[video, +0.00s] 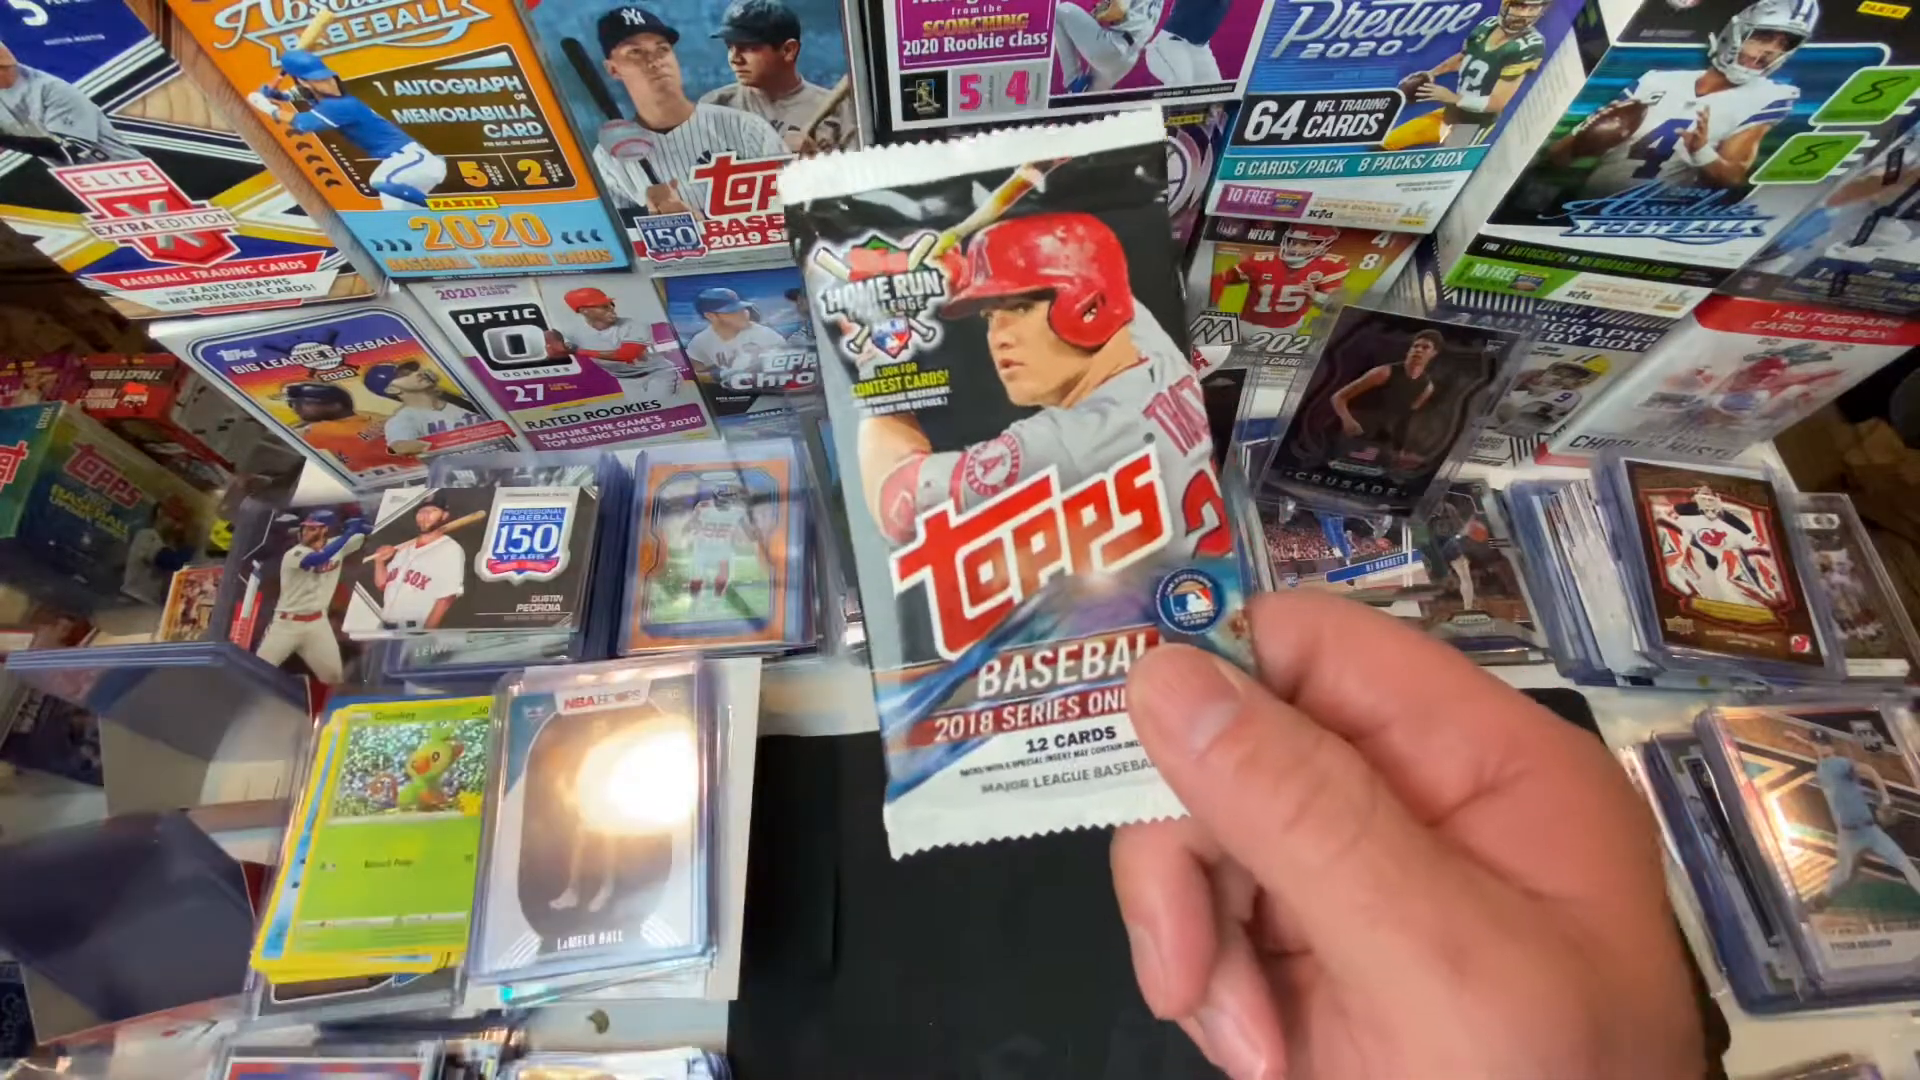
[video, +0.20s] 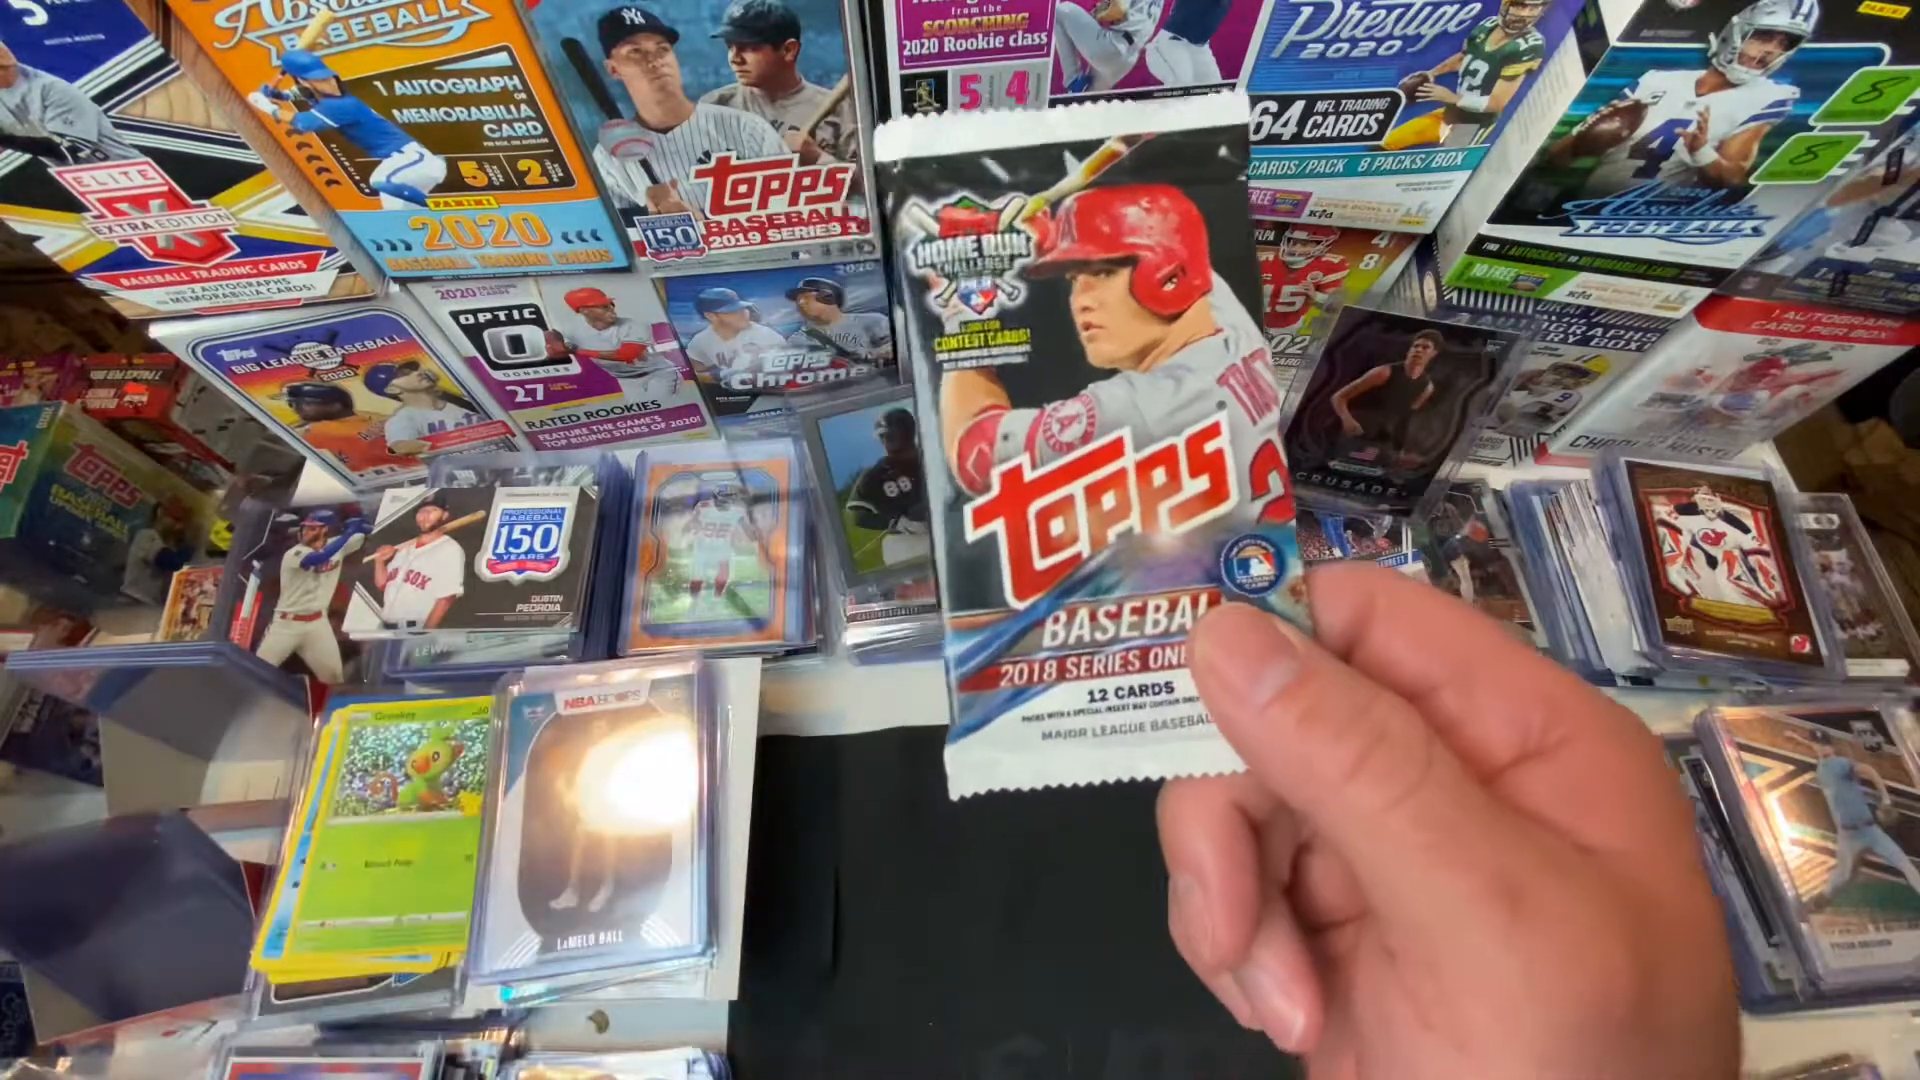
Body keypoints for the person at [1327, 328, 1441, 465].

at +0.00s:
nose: (1418, 350)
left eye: (1425, 347)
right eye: (1416, 346)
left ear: (1434, 354)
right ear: (1410, 349)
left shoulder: (1427, 388)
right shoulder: (1384, 373)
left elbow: (1406, 416)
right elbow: (1338, 398)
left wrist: (1400, 450)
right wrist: (1348, 421)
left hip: (1387, 443)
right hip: (1361, 436)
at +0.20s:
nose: (1418, 350)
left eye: (1425, 347)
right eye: (1416, 346)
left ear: (1434, 354)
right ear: (1410, 349)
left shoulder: (1426, 388)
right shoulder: (1384, 373)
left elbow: (1406, 415)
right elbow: (1338, 398)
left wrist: (1400, 449)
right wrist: (1347, 420)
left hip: (1387, 445)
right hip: (1359, 437)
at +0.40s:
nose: (1419, 350)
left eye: (1426, 347)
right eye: (1416, 346)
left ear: (1433, 354)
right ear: (1410, 349)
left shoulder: (1426, 389)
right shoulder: (1384, 373)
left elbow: (1406, 417)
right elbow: (1338, 398)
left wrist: (1400, 451)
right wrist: (1348, 421)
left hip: (1384, 443)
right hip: (1358, 436)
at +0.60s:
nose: (1419, 350)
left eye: (1426, 347)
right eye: (1416, 346)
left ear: (1433, 354)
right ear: (1409, 349)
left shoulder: (1426, 389)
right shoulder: (1384, 373)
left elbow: (1407, 416)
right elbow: (1338, 398)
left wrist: (1400, 451)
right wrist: (1348, 421)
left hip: (1385, 444)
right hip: (1359, 438)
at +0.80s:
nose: (1418, 350)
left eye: (1426, 347)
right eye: (1416, 346)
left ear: (1433, 354)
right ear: (1410, 349)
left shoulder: (1426, 389)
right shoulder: (1384, 373)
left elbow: (1407, 417)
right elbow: (1338, 398)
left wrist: (1400, 451)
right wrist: (1348, 420)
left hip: (1385, 445)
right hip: (1359, 438)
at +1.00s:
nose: (1419, 350)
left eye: (1426, 347)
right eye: (1416, 345)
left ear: (1433, 354)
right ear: (1410, 349)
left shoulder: (1426, 389)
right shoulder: (1384, 373)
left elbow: (1407, 417)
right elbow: (1338, 398)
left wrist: (1400, 451)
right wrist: (1348, 421)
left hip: (1385, 444)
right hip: (1359, 437)